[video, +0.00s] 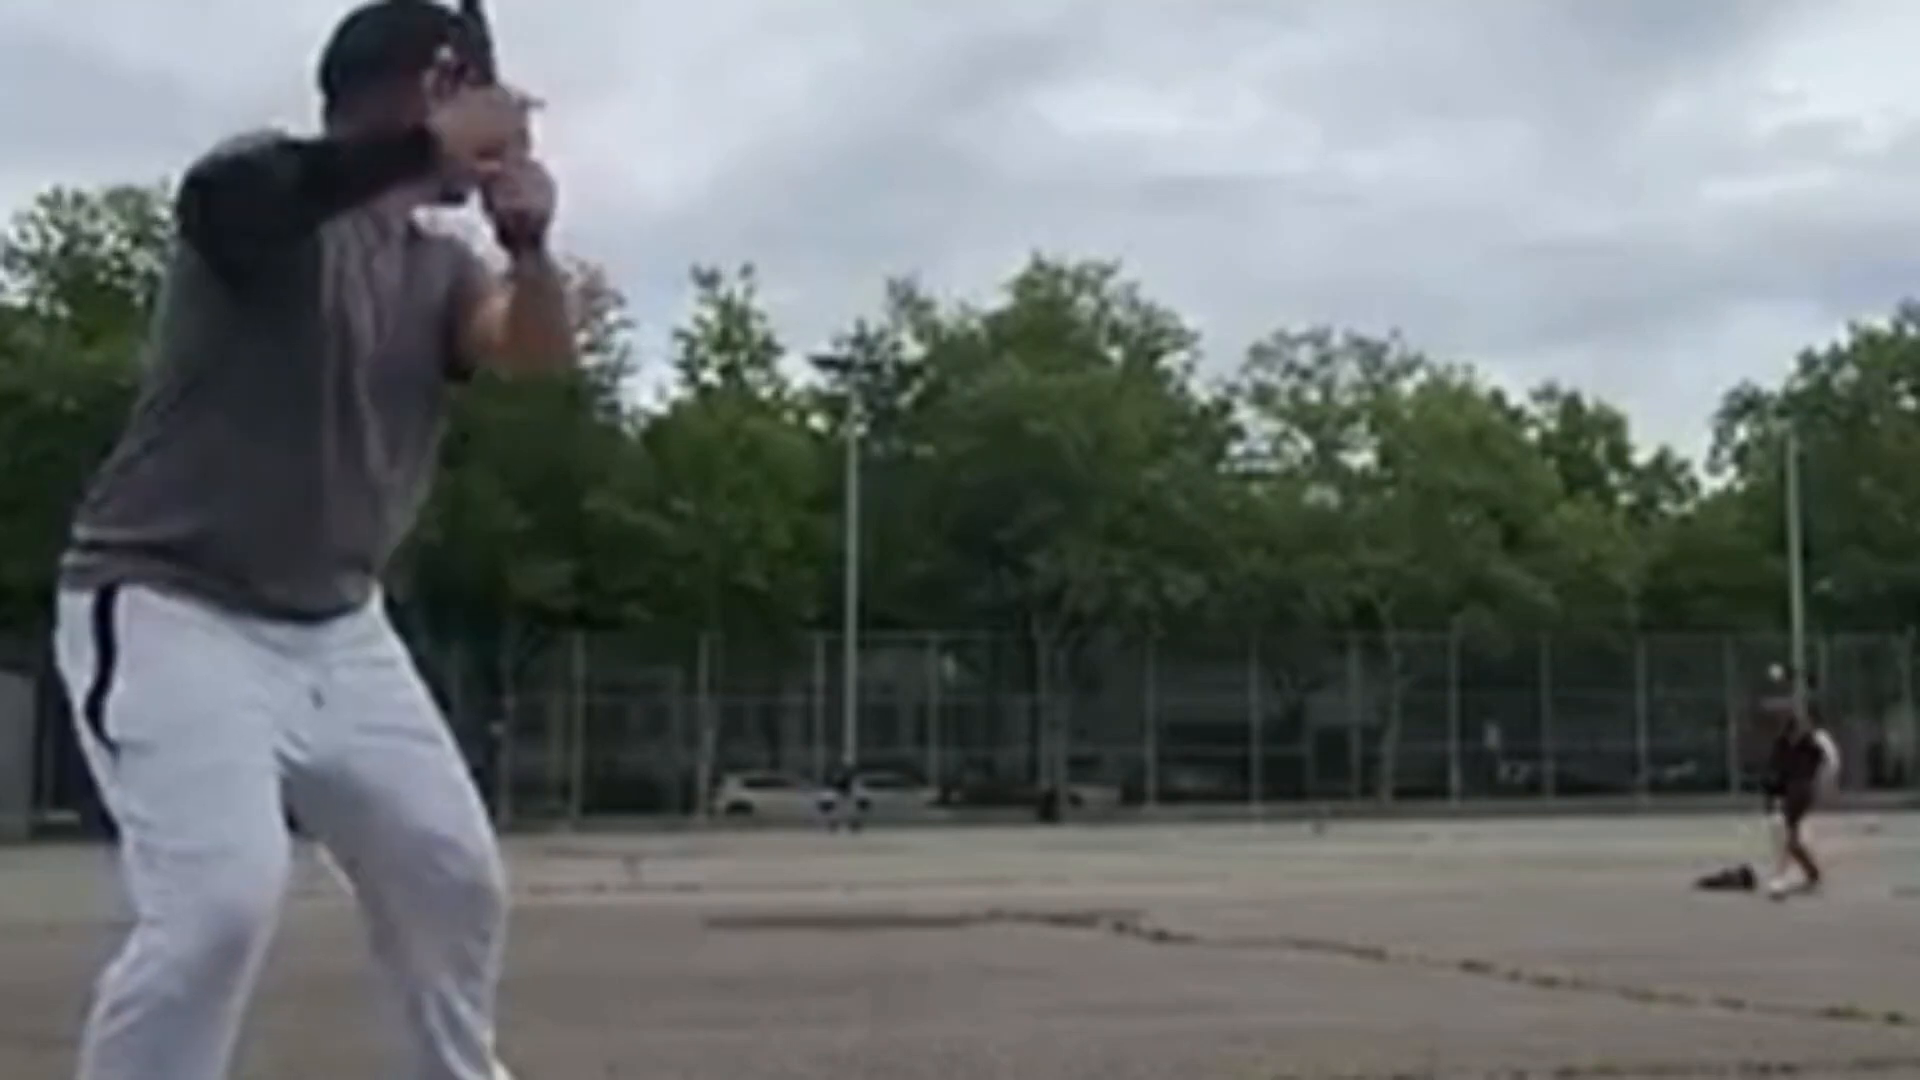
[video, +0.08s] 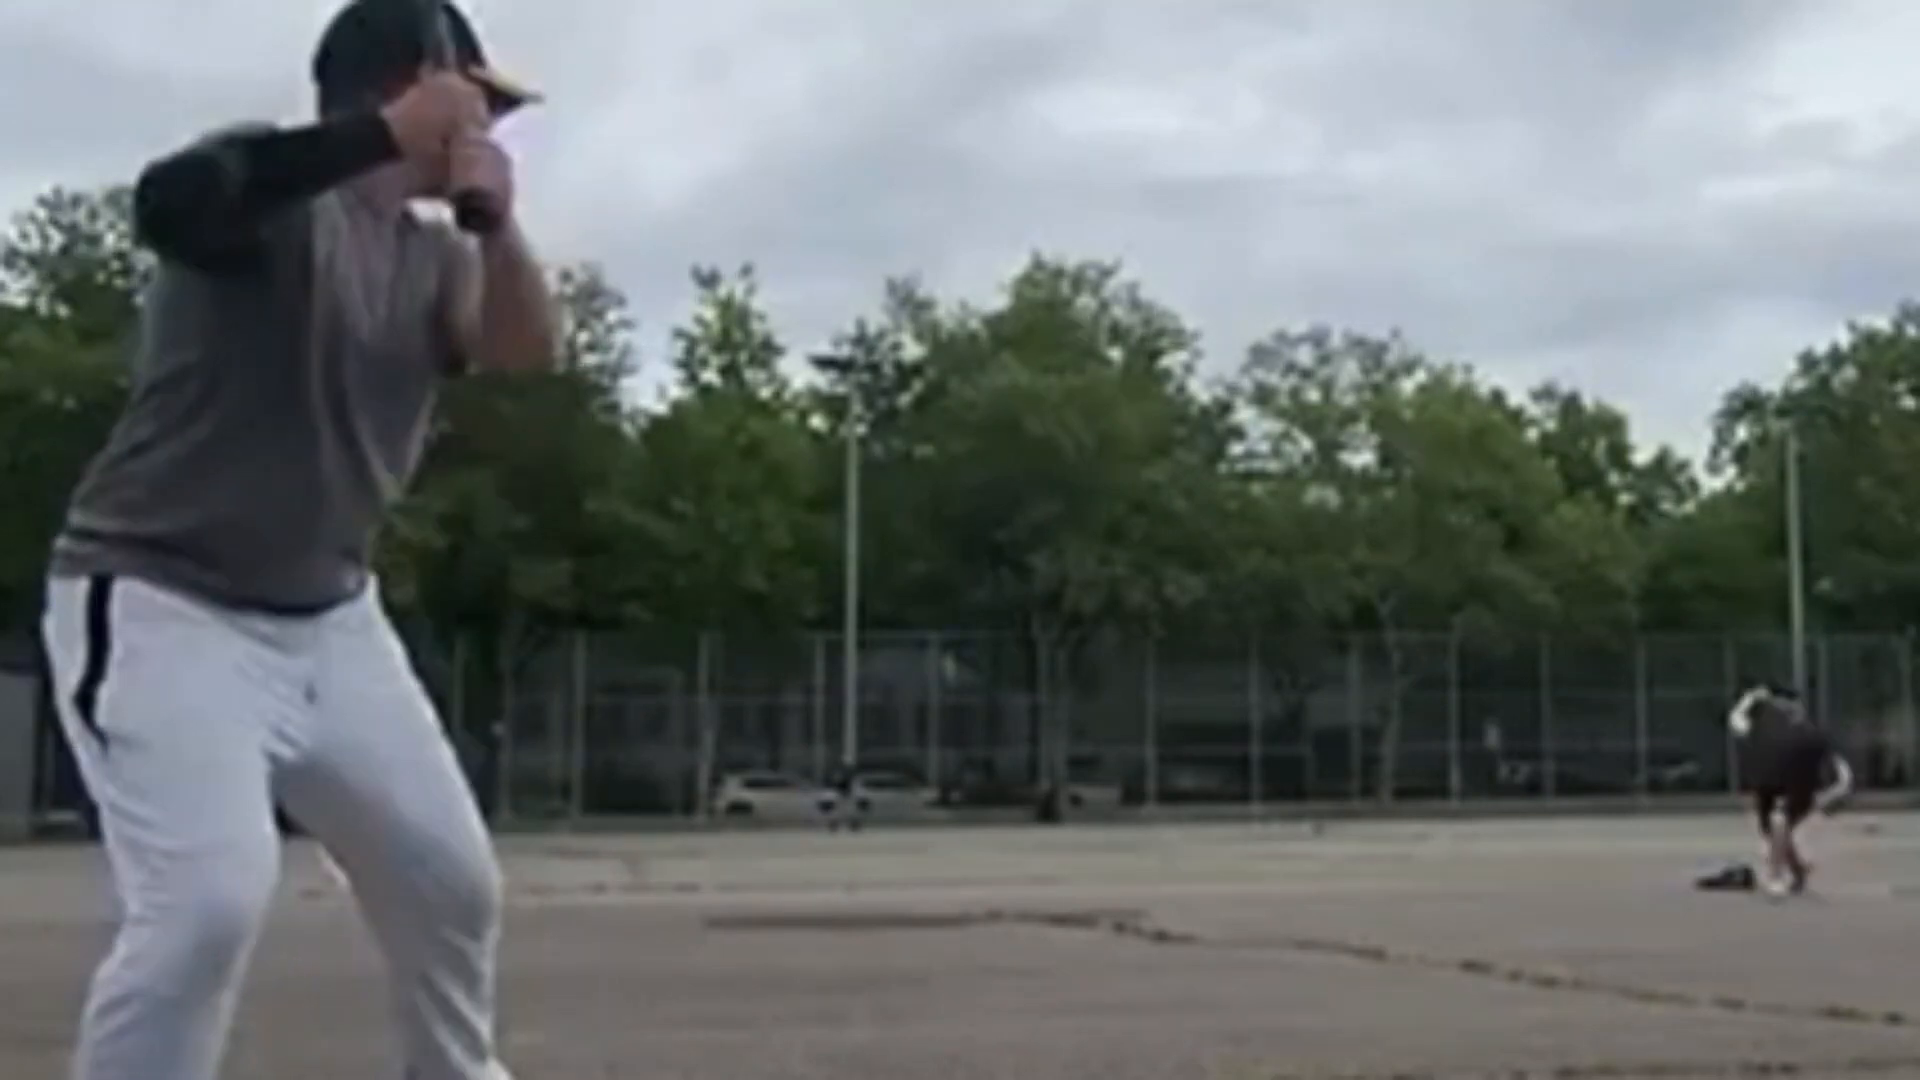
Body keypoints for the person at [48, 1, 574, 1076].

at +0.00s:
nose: (486, 118)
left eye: (485, 98)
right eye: (477, 94)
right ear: (434, 84)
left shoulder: (443, 260)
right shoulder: (258, 192)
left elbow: (535, 354)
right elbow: (229, 202)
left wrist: (527, 248)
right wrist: (435, 146)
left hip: (338, 626)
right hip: (168, 611)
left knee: (454, 879)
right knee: (220, 898)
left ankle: (455, 1067)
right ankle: (129, 1071)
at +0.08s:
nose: (485, 122)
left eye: (490, 103)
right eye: (472, 97)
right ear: (401, 88)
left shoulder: (438, 252)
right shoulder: (269, 189)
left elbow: (520, 350)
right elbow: (166, 204)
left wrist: (497, 224)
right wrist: (386, 137)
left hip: (331, 621)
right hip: (158, 607)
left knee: (452, 885)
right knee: (208, 899)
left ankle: (455, 1066)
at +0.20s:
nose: (483, 123)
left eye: (484, 101)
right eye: (469, 96)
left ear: (420, 88)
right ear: (392, 80)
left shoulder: (426, 242)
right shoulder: (243, 184)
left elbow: (503, 337)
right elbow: (78, 207)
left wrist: (414, 192)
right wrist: (288, 107)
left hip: (331, 624)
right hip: (154, 611)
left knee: (434, 896)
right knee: (204, 897)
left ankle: (443, 1062)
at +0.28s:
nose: (481, 123)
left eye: (482, 100)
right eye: (470, 95)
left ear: (403, 83)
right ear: (402, 79)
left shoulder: (438, 234)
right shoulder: (232, 181)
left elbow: (484, 323)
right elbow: (46, 211)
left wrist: (364, 175)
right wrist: (245, 108)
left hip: (334, 625)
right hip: (154, 611)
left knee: (440, 895)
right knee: (202, 900)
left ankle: (444, 1065)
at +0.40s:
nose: (475, 136)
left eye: (476, 112)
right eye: (463, 107)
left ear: (405, 96)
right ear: (400, 90)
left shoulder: (441, 242)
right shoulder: (220, 184)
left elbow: (470, 318)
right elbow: (24, 213)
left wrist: (332, 179)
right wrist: (209, 113)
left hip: (336, 634)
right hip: (161, 622)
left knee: (447, 895)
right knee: (196, 894)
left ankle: (435, 1062)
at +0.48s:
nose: (481, 149)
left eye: (482, 126)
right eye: (469, 121)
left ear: (404, 112)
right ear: (403, 108)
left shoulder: (445, 253)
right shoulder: (217, 200)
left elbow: (468, 322)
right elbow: (25, 233)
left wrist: (320, 179)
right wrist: (191, 128)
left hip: (344, 646)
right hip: (172, 631)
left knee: (455, 897)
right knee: (195, 893)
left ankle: (394, 1060)